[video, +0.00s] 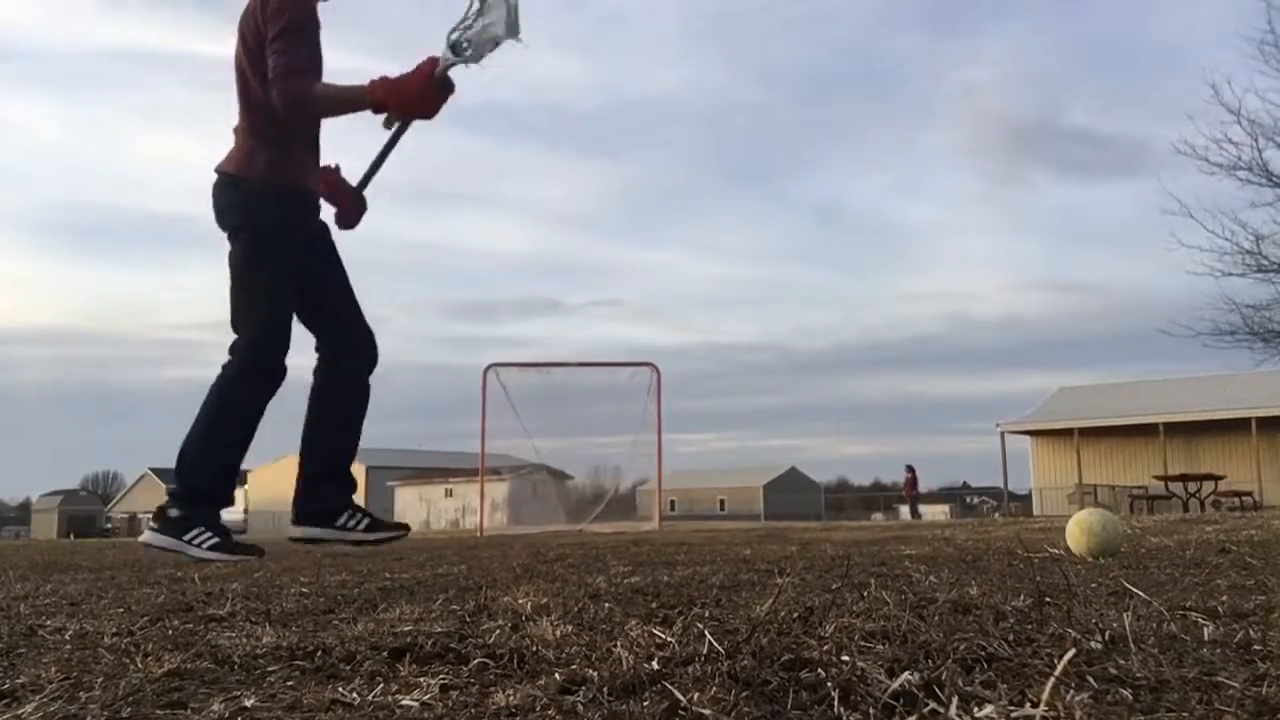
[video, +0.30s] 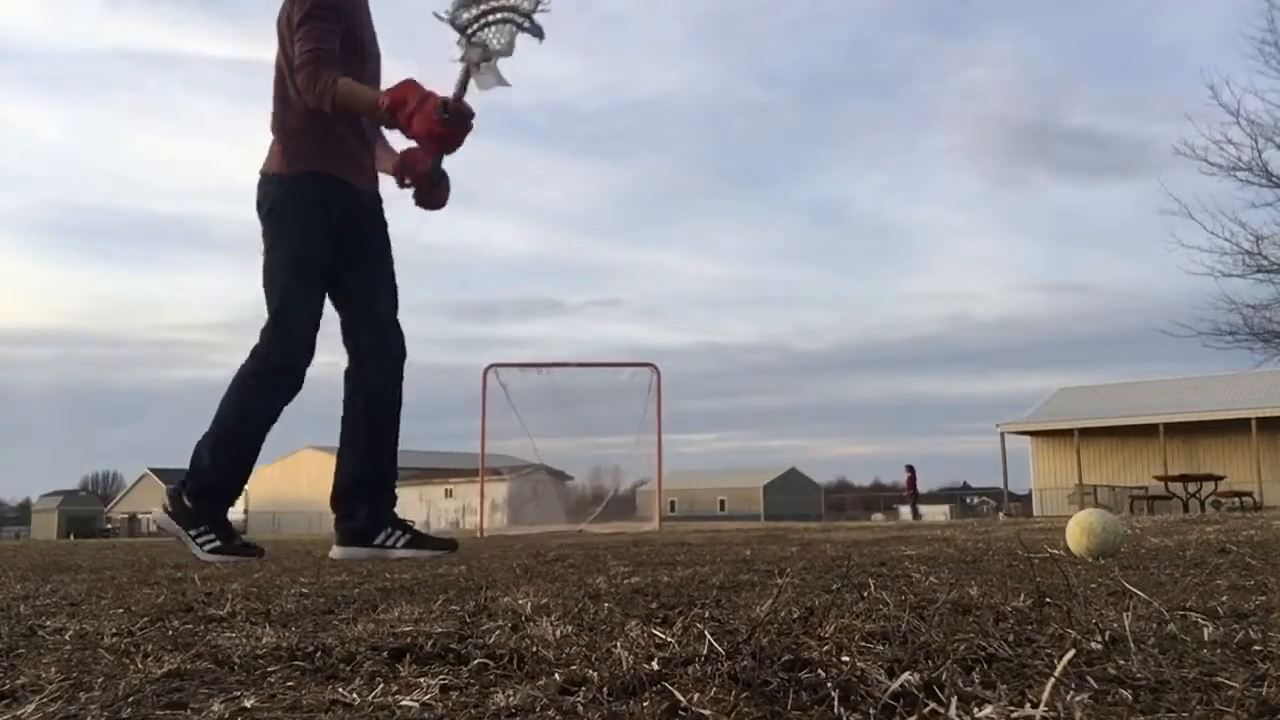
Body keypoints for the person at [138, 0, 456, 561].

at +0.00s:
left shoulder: (270, 12)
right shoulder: (289, 7)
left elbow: (266, 124)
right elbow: (292, 96)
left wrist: (319, 178)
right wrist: (385, 95)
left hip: (279, 196)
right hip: (263, 194)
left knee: (351, 347)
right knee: (259, 356)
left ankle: (324, 507)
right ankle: (184, 512)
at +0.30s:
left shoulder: (350, 18)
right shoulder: (318, 4)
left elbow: (344, 126)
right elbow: (315, 82)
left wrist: (400, 164)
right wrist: (400, 109)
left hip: (352, 195)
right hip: (303, 186)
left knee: (380, 352)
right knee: (287, 350)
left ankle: (365, 523)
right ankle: (196, 502)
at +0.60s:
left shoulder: (429, 14)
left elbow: (420, 99)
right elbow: (324, 13)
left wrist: (452, 123)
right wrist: (343, 72)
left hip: (408, 163)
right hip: (356, 148)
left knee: (402, 341)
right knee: (375, 322)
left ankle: (366, 519)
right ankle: (288, 490)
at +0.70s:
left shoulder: (444, 12)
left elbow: (443, 65)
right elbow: (319, 7)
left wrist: (469, 146)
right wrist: (323, 69)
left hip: (421, 148)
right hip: (372, 129)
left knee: (408, 332)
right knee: (383, 316)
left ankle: (375, 511)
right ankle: (342, 504)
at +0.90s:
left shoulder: (481, 13)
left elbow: (485, 90)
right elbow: (316, 8)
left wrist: (511, 188)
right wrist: (321, 88)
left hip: (448, 148)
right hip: (396, 129)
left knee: (414, 320)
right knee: (417, 315)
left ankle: (363, 511)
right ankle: (434, 497)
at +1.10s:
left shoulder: (509, 10)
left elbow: (514, 59)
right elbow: (346, 4)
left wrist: (534, 158)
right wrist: (341, 87)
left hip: (482, 115)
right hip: (426, 92)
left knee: (474, 313)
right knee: (458, 304)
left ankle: (388, 482)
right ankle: (445, 508)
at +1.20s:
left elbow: (524, 40)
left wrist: (554, 133)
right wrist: (379, 63)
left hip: (502, 95)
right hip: (437, 75)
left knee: (527, 305)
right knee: (457, 290)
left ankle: (416, 456)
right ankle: (441, 508)